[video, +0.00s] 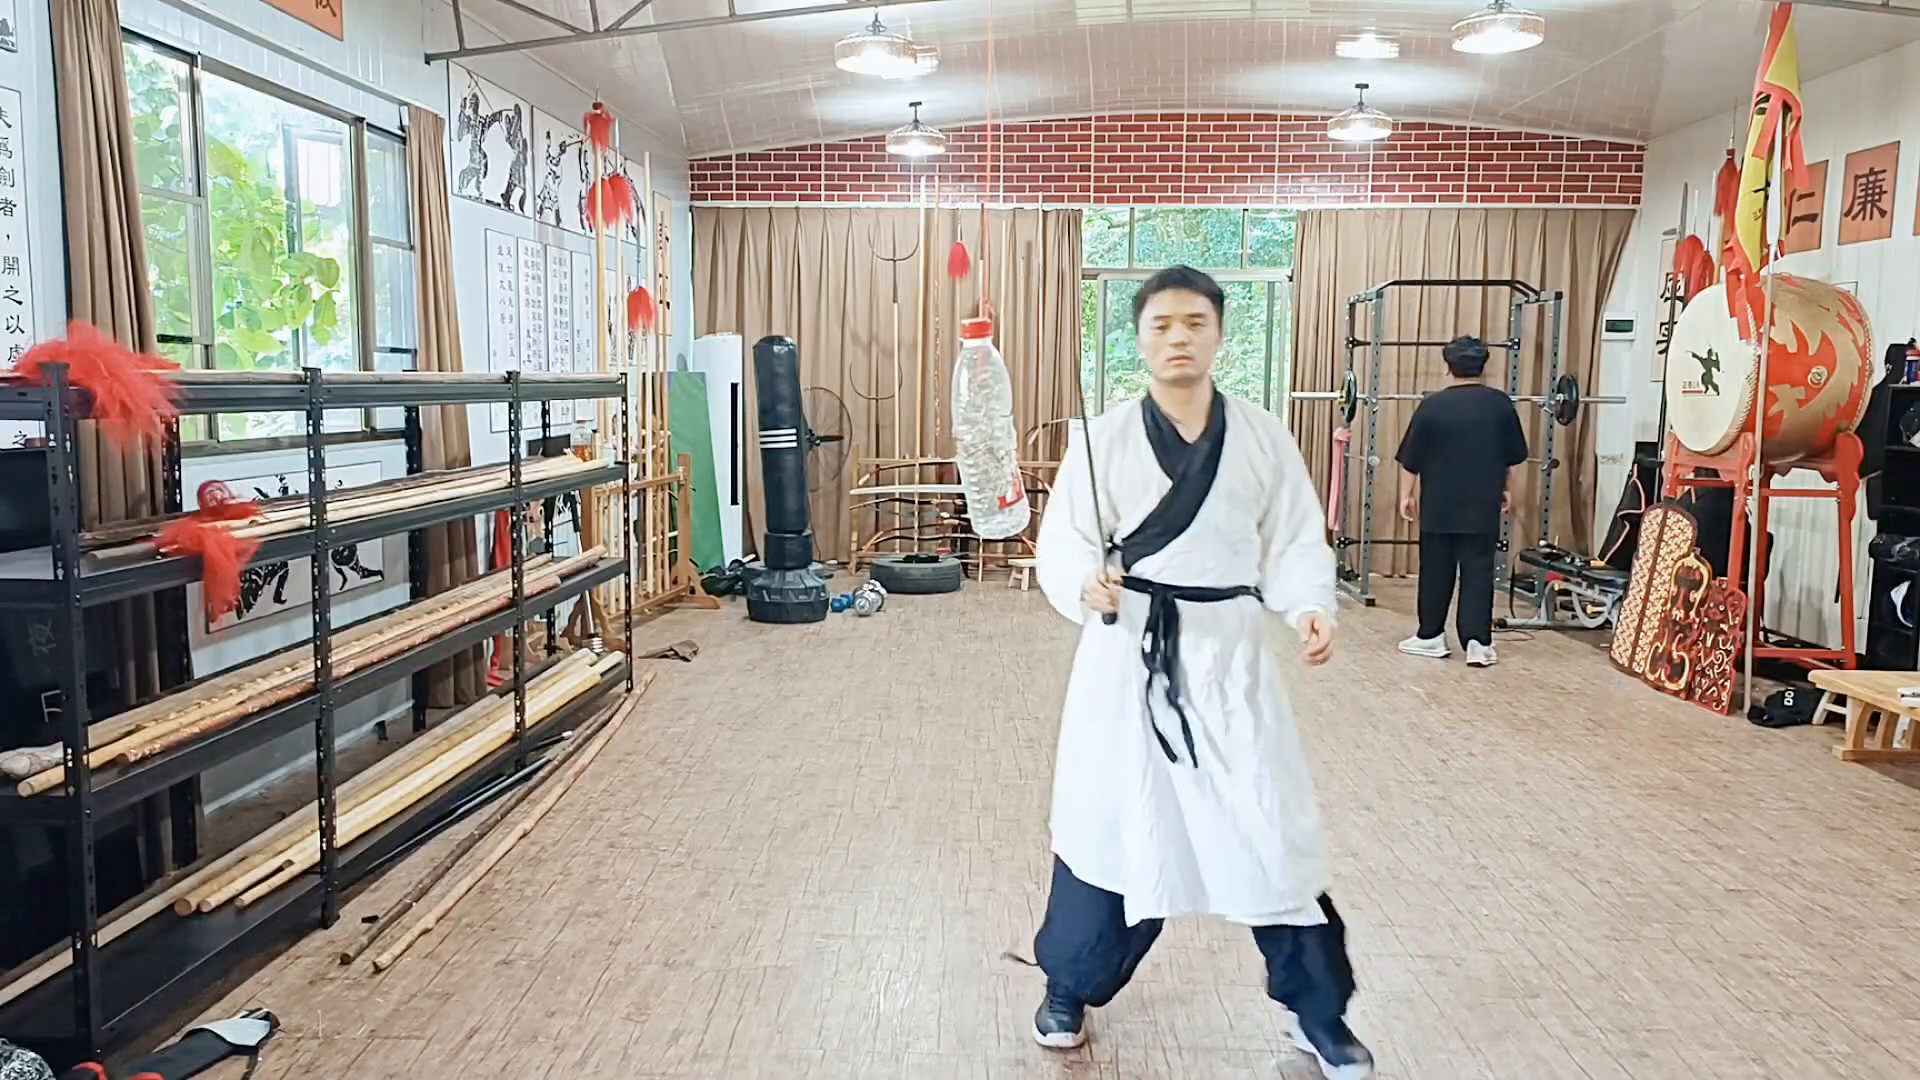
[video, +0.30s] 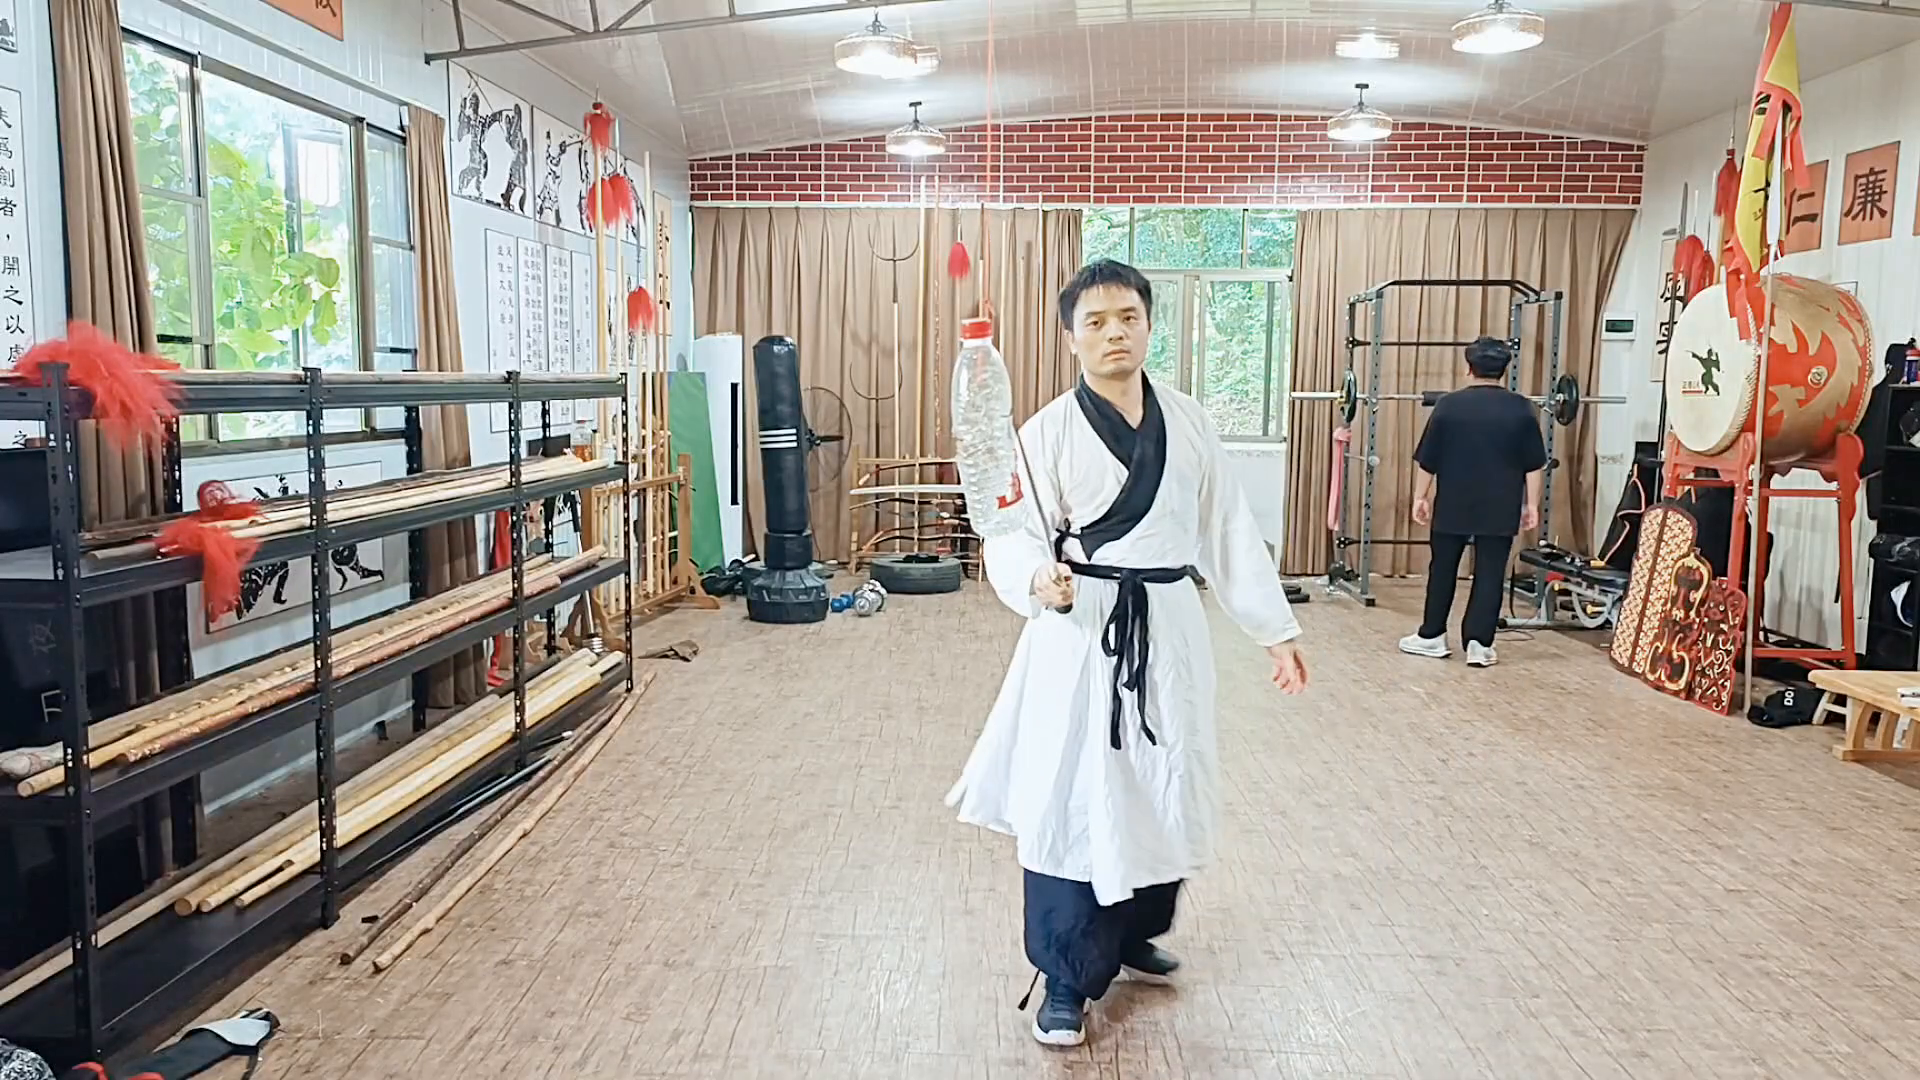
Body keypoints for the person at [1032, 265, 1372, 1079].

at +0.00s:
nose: (1179, 338)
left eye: (1195, 323)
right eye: (1162, 325)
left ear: (1220, 338)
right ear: (1139, 343)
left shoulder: (1264, 437)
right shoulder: (1097, 441)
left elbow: (1298, 540)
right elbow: (1060, 543)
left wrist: (1309, 603)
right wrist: (1084, 583)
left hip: (1235, 662)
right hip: (1126, 662)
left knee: (1277, 837)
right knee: (1112, 832)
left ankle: (1321, 1017)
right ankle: (1069, 988)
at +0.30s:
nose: (1114, 334)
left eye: (1128, 318)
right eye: (1096, 322)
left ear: (1149, 329)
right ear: (1071, 339)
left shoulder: (1189, 425)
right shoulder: (1046, 436)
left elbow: (1231, 535)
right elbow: (1009, 535)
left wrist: (1277, 627)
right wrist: (1036, 578)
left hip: (1170, 627)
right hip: (1079, 629)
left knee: (1168, 784)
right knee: (1069, 796)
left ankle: (1132, 928)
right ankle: (1064, 975)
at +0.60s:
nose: (1119, 339)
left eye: (1131, 323)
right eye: (1101, 326)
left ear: (1148, 333)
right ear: (1072, 337)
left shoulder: (1161, 424)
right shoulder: (1043, 428)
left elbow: (1197, 534)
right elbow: (1001, 530)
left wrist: (1254, 606)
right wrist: (1035, 565)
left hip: (1136, 621)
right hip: (1063, 622)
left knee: (1113, 781)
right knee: (1047, 793)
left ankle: (1086, 933)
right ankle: (1053, 978)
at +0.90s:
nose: (1116, 351)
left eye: (1129, 336)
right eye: (1098, 337)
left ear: (1143, 343)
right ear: (1066, 345)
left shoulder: (1154, 426)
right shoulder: (1036, 431)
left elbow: (1175, 538)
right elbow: (997, 539)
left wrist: (1211, 613)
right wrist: (1037, 585)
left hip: (1133, 628)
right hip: (1059, 634)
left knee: (1124, 782)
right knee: (1057, 801)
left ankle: (1096, 929)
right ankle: (1049, 986)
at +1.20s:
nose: (1117, 369)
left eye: (1130, 353)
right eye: (1098, 354)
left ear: (1146, 360)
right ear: (1065, 362)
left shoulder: (1154, 441)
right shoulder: (1035, 451)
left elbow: (1175, 542)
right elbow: (988, 562)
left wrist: (1204, 616)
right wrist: (1032, 595)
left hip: (1134, 654)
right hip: (1061, 660)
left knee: (1128, 804)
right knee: (1072, 850)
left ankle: (1100, 938)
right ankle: (1043, 1037)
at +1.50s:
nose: (1113, 398)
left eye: (1127, 380)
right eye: (1091, 380)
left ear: (1141, 389)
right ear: (1052, 391)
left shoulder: (1108, 459)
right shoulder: (1044, 462)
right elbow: (1042, 493)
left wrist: (1120, 696)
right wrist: (1070, 486)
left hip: (1103, 685)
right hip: (1045, 698)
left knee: (1107, 818)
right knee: (1040, 886)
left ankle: (1098, 928)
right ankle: (1038, 1058)